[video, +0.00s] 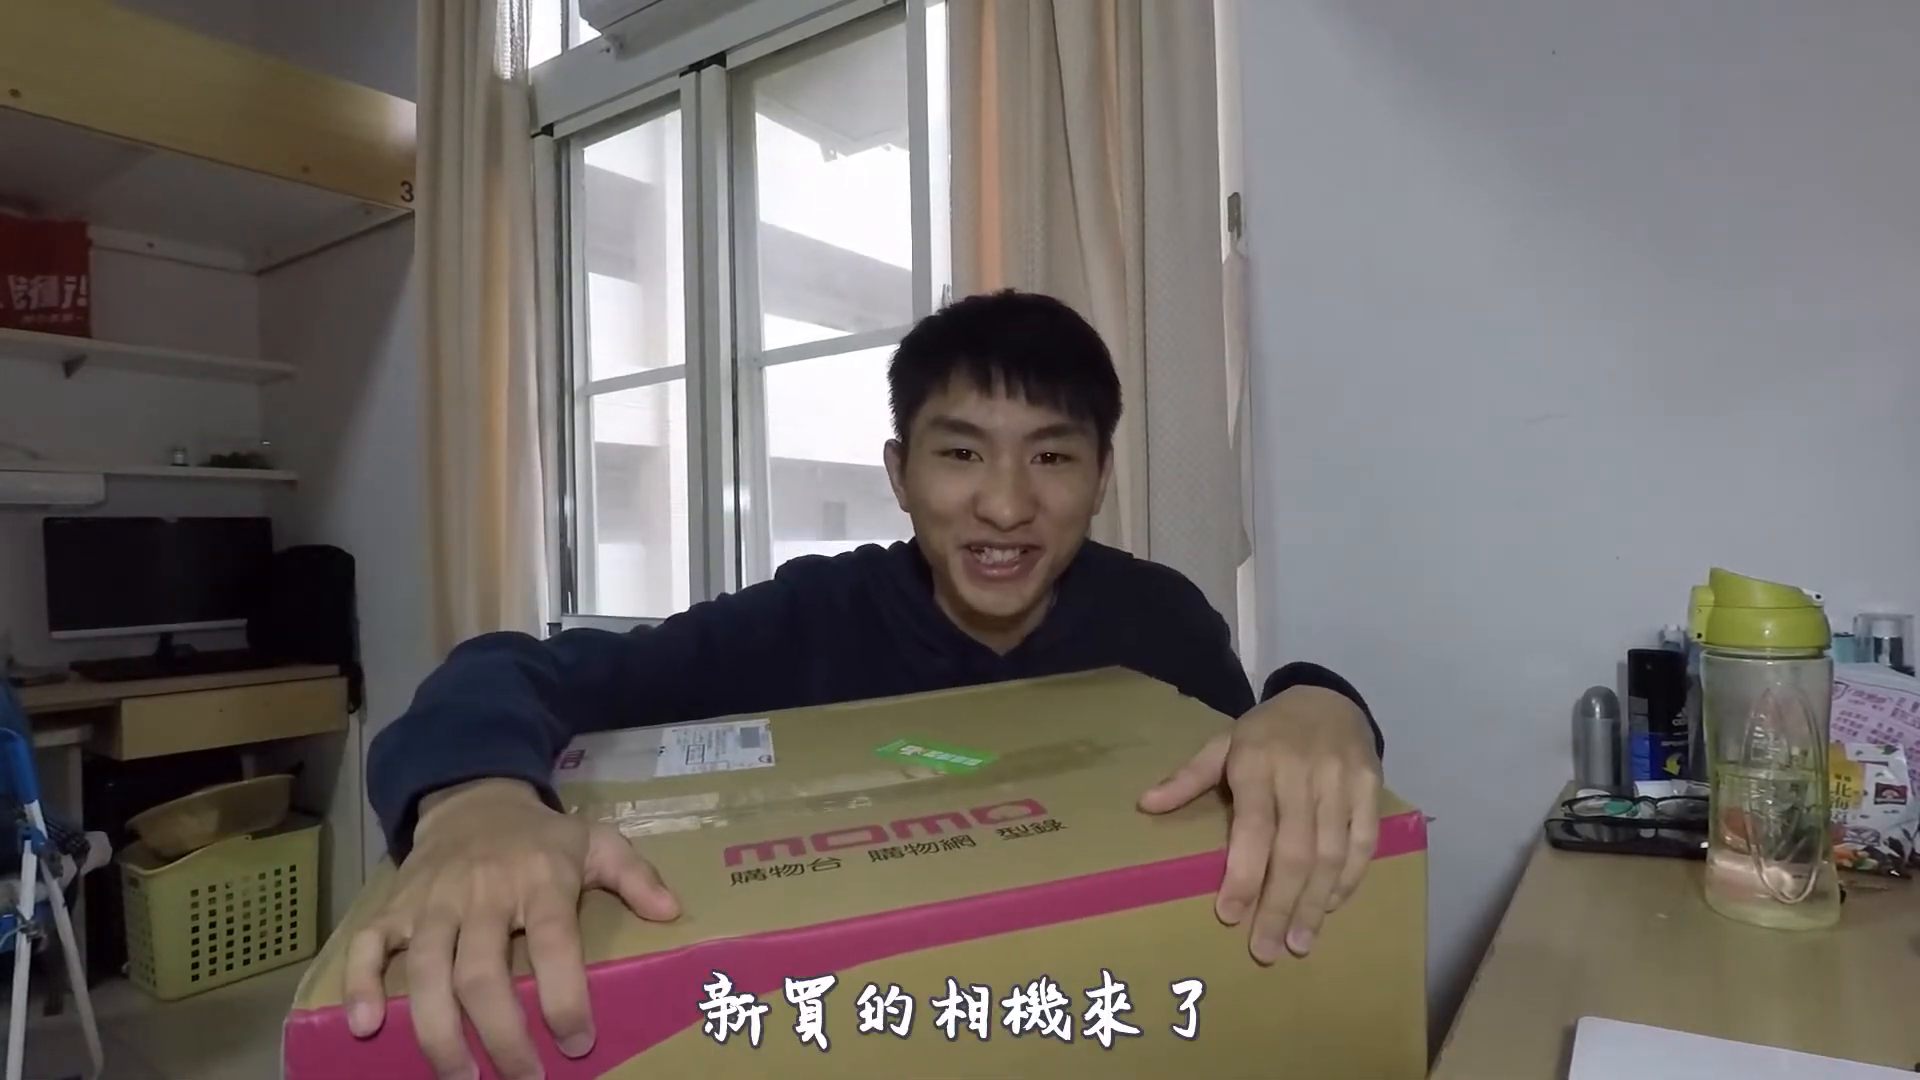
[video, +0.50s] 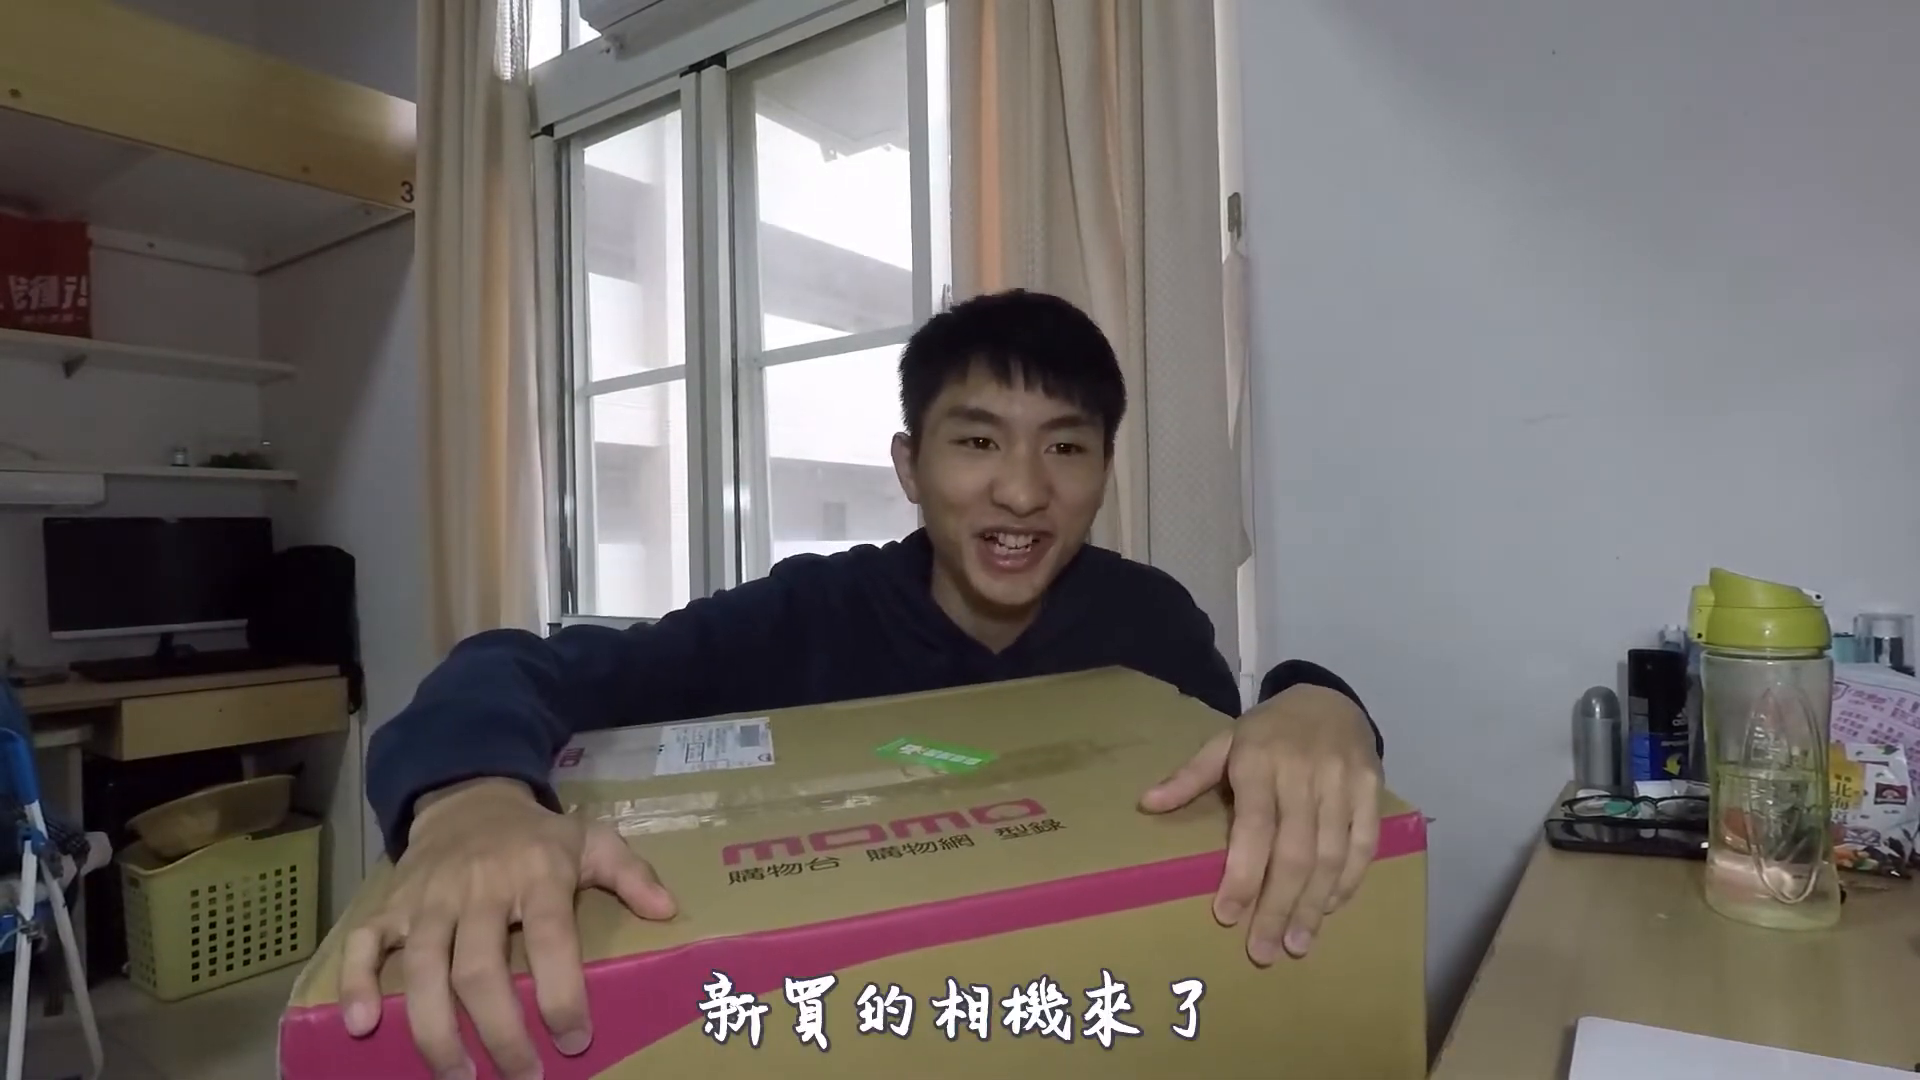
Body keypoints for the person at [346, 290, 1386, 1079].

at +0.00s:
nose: (1004, 503)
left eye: (1049, 456)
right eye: (960, 453)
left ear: (1101, 473)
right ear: (900, 468)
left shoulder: (1152, 618)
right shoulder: (820, 624)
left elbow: (1261, 748)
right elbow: (503, 674)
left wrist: (1323, 702)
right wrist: (473, 808)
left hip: (1120, 1024)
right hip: (858, 1024)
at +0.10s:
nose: (1004, 506)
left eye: (1049, 460)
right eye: (961, 457)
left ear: (1100, 476)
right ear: (901, 470)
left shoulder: (1148, 616)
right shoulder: (819, 626)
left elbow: (1261, 743)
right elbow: (504, 674)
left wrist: (1322, 702)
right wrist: (473, 808)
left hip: (1121, 1024)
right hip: (860, 1024)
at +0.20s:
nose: (1004, 506)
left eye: (1049, 459)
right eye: (960, 456)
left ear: (1100, 475)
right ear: (901, 469)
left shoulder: (1149, 619)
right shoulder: (817, 624)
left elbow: (1248, 763)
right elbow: (501, 674)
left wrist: (1322, 700)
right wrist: (473, 804)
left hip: (1114, 1025)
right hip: (853, 1024)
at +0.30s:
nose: (1002, 503)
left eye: (1047, 457)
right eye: (958, 454)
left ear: (1098, 472)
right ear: (899, 466)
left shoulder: (1147, 619)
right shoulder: (818, 620)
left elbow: (1249, 762)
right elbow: (507, 671)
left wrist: (1322, 700)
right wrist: (473, 802)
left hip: (1111, 1024)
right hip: (850, 1023)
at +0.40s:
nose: (1006, 499)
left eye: (1050, 453)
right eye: (962, 451)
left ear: (1100, 470)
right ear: (902, 466)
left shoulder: (1144, 617)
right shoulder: (818, 621)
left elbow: (1249, 758)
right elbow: (507, 671)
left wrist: (1322, 699)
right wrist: (471, 801)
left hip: (1111, 1023)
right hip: (851, 1023)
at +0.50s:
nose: (1019, 490)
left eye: (1062, 449)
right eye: (976, 443)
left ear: (1105, 471)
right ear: (910, 462)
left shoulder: (1142, 618)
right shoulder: (816, 622)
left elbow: (1248, 755)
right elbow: (506, 672)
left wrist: (1322, 702)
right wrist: (466, 803)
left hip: (1111, 1025)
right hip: (852, 1024)